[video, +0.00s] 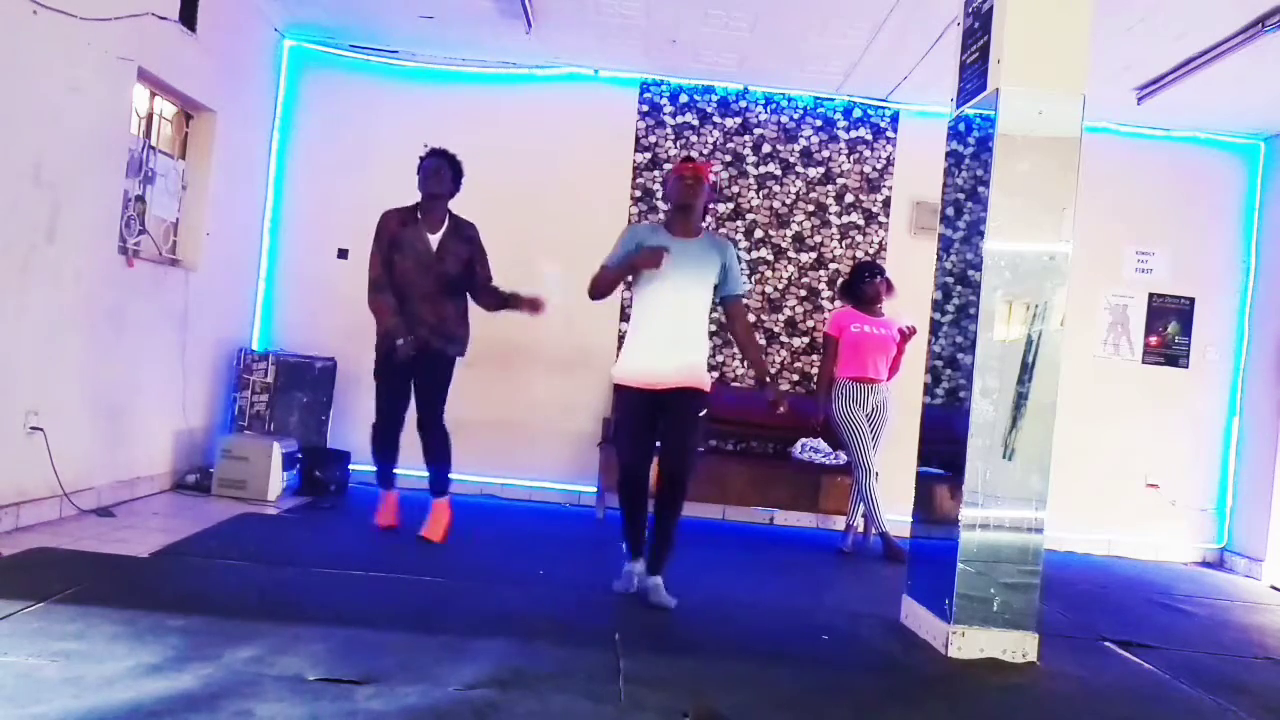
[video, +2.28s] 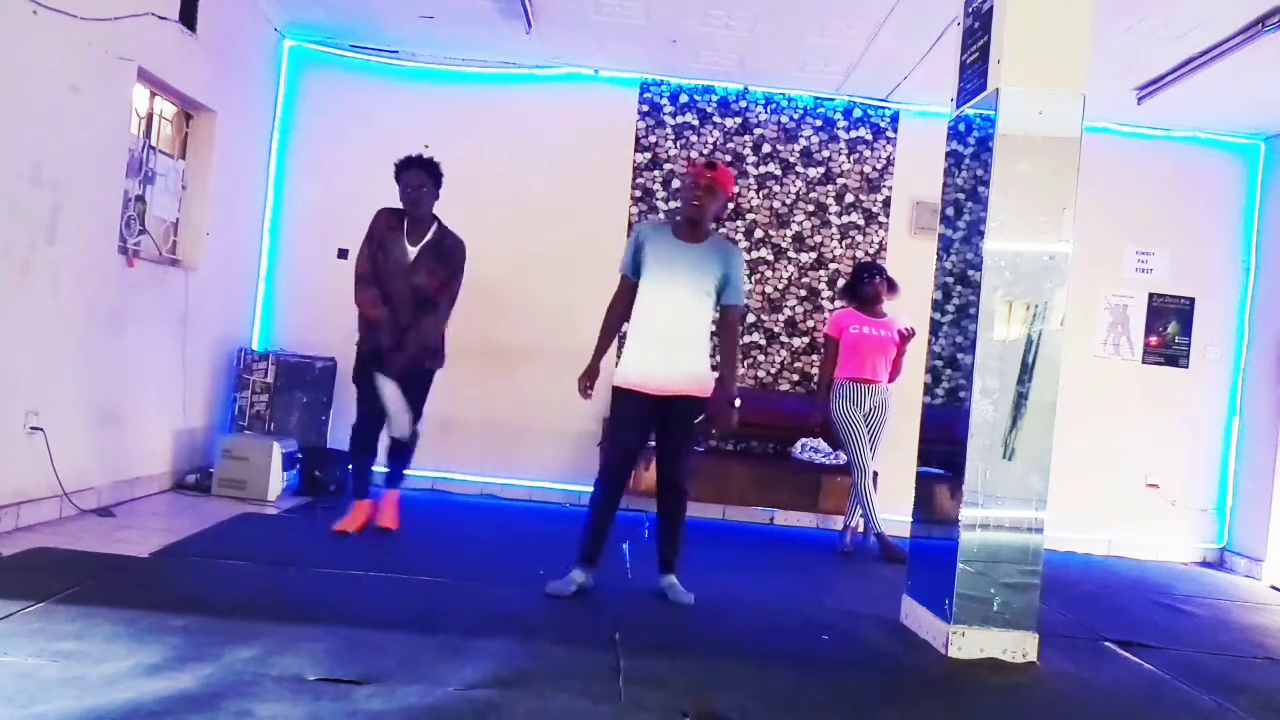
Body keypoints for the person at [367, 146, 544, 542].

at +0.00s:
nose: (428, 179)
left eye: (437, 174)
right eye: (424, 172)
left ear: (454, 183)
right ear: (417, 179)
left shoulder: (466, 234)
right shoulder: (393, 223)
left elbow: (482, 292)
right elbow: (377, 286)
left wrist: (516, 301)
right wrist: (396, 333)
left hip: (439, 343)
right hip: (395, 340)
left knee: (430, 420)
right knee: (388, 419)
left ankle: (440, 502)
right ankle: (386, 493)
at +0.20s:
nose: (420, 180)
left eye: (429, 174)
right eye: (415, 173)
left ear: (445, 181)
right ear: (409, 178)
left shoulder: (462, 233)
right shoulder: (396, 212)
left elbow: (471, 285)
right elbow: (379, 267)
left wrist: (476, 325)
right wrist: (390, 318)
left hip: (434, 342)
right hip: (390, 336)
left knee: (421, 426)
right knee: (381, 420)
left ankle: (412, 500)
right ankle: (367, 499)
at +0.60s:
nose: (414, 182)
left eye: (422, 175)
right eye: (408, 175)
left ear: (440, 184)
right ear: (401, 183)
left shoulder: (458, 224)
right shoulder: (390, 238)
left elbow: (491, 280)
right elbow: (364, 295)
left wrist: (464, 283)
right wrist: (386, 335)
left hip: (438, 346)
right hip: (393, 344)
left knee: (425, 427)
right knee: (383, 426)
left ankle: (437, 509)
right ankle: (375, 507)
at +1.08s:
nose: (418, 194)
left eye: (426, 188)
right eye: (413, 187)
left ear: (443, 193)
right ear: (406, 189)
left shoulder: (454, 242)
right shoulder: (388, 217)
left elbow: (460, 302)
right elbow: (372, 275)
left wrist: (482, 339)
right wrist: (387, 328)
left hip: (431, 351)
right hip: (388, 344)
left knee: (421, 428)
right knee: (379, 423)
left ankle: (422, 509)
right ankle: (354, 492)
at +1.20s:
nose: (406, 196)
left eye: (415, 190)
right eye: (402, 189)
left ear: (433, 193)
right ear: (396, 191)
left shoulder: (449, 244)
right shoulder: (385, 216)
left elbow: (446, 305)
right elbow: (366, 272)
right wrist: (376, 327)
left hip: (420, 346)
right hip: (377, 338)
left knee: (409, 421)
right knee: (366, 419)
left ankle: (400, 497)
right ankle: (342, 497)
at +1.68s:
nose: (397, 186)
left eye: (406, 180)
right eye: (392, 180)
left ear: (424, 185)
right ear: (386, 184)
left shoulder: (447, 227)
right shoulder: (374, 233)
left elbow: (466, 283)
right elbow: (362, 290)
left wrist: (447, 324)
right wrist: (373, 337)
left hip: (430, 350)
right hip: (383, 347)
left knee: (422, 431)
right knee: (368, 426)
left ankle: (433, 510)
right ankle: (362, 504)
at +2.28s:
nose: (411, 195)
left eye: (420, 188)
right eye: (406, 188)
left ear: (436, 193)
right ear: (399, 191)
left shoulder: (451, 246)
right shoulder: (384, 221)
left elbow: (440, 313)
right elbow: (364, 282)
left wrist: (404, 359)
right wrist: (380, 335)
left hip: (420, 354)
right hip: (375, 346)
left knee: (405, 426)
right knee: (367, 422)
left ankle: (391, 495)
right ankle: (361, 501)